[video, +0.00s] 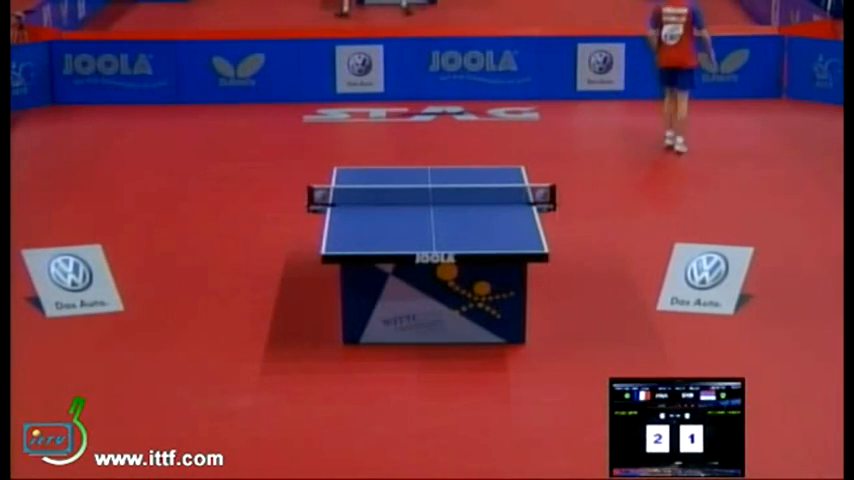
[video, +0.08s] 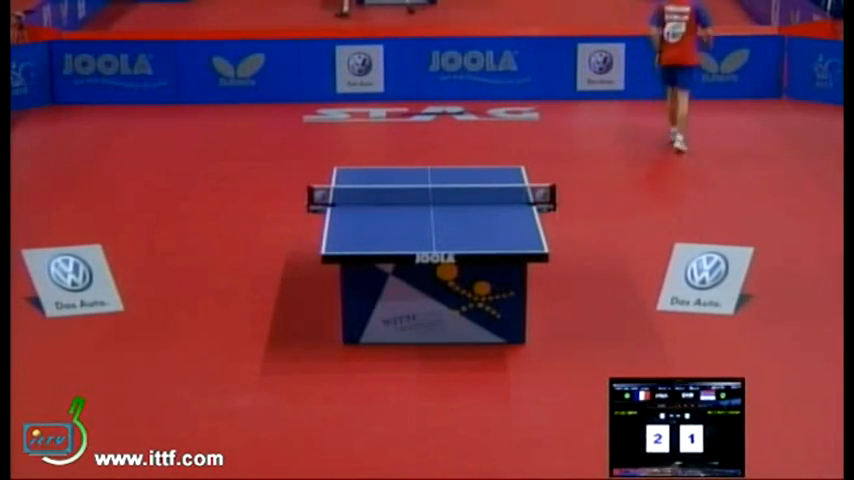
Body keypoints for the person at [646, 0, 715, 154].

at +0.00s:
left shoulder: (659, 8)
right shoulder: (691, 8)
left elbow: (652, 33)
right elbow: (703, 32)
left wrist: (657, 50)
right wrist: (711, 53)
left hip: (665, 60)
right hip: (685, 60)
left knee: (668, 96)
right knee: (682, 99)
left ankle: (669, 133)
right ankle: (680, 138)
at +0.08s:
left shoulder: (662, 6)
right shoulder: (695, 6)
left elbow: (654, 31)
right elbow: (707, 31)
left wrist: (658, 50)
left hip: (667, 56)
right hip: (687, 56)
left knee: (671, 94)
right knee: (683, 96)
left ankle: (673, 129)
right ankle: (680, 136)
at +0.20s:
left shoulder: (666, 9)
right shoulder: (696, 8)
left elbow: (658, 34)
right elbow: (712, 31)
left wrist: (661, 56)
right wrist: (700, 35)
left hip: (672, 59)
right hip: (691, 60)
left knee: (675, 94)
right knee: (686, 96)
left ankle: (676, 128)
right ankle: (680, 132)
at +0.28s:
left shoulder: (668, 10)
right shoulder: (698, 9)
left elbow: (660, 35)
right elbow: (712, 33)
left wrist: (663, 57)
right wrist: (699, 34)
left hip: (674, 59)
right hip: (693, 60)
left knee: (676, 92)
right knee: (691, 95)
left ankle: (676, 126)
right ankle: (684, 124)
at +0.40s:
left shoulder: (672, 5)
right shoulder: (702, 5)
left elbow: (665, 30)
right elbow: (712, 29)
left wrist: (668, 47)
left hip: (677, 53)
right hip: (696, 53)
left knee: (678, 88)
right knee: (698, 87)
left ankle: (677, 124)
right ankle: (689, 115)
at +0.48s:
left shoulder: (674, 3)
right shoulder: (706, 3)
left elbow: (667, 28)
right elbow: (711, 28)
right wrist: (717, 46)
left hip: (680, 51)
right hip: (699, 50)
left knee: (680, 85)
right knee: (702, 82)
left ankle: (677, 124)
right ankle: (696, 116)